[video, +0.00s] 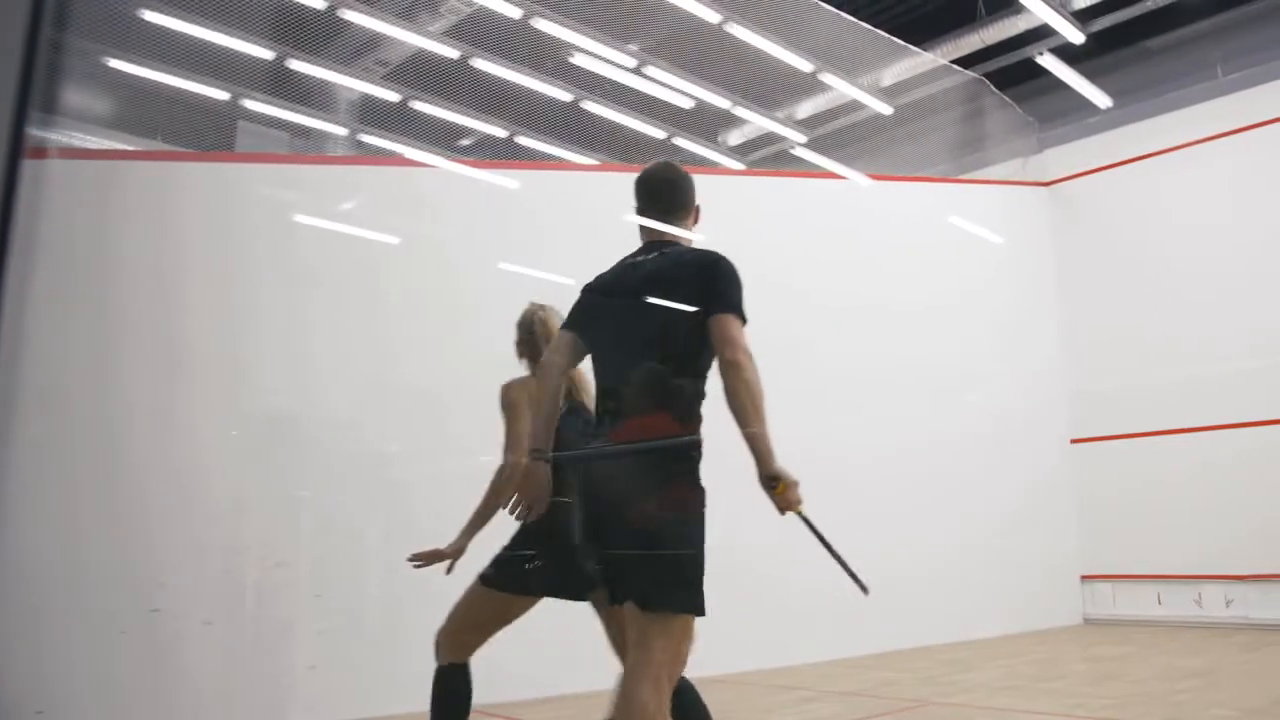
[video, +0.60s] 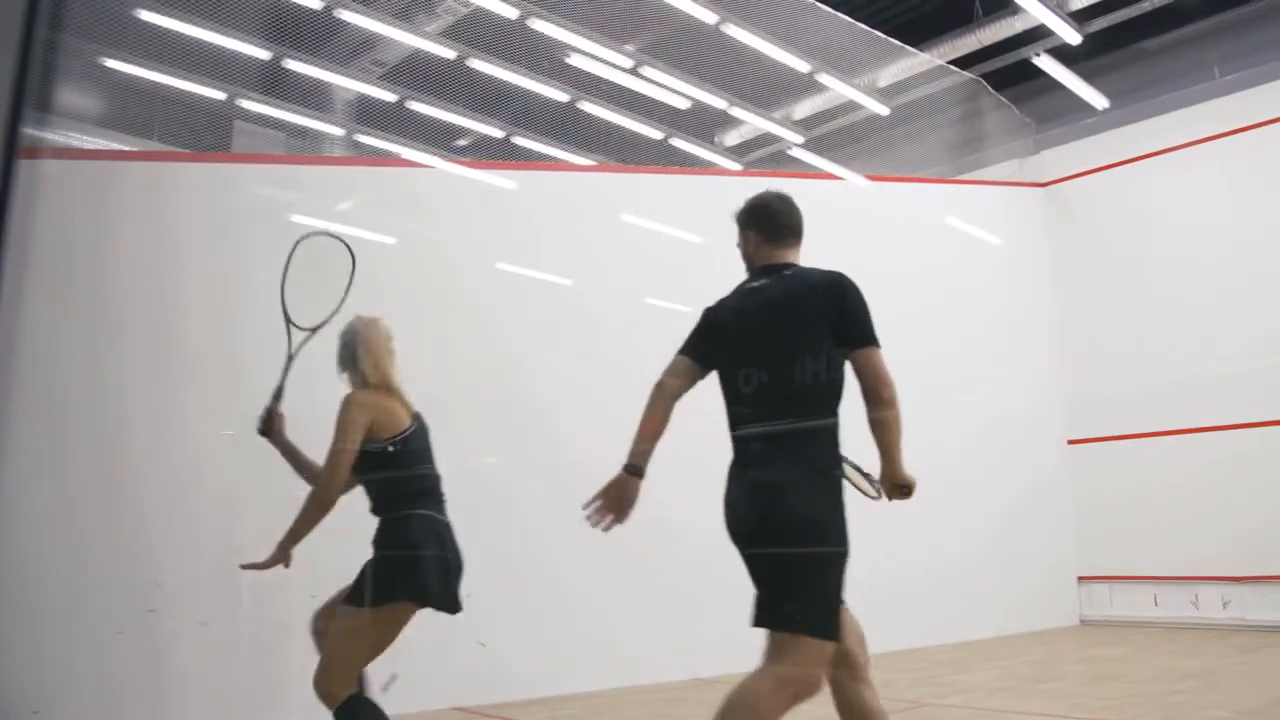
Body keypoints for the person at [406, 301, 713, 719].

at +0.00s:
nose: (518, 348)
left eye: (519, 341)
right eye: (523, 340)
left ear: (523, 346)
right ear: (563, 343)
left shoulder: (520, 391)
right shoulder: (593, 384)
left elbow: (515, 466)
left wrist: (462, 540)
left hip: (546, 538)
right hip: (600, 534)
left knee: (453, 644)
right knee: (643, 658)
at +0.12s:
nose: (479, 341)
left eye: (482, 335)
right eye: (482, 334)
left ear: (488, 341)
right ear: (523, 339)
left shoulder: (488, 388)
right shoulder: (543, 389)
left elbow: (479, 468)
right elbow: (543, 467)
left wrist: (427, 540)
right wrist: (498, 504)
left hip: (510, 542)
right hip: (561, 539)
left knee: (427, 656)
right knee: (595, 669)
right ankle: (672, 711)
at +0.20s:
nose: (454, 342)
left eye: (457, 335)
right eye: (456, 334)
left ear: (465, 340)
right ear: (499, 340)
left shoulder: (466, 386)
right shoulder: (515, 396)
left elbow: (453, 470)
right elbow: (504, 501)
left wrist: (401, 544)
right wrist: (438, 506)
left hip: (492, 539)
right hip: (538, 540)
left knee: (408, 655)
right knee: (547, 675)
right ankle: (633, 716)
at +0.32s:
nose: (419, 347)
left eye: (422, 339)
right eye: (421, 338)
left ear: (429, 342)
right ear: (462, 342)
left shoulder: (433, 387)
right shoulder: (480, 396)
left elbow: (415, 476)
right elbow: (456, 494)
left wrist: (363, 545)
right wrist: (388, 487)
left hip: (465, 541)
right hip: (509, 545)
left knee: (387, 661)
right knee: (469, 674)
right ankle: (573, 717)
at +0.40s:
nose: (395, 352)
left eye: (396, 344)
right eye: (397, 344)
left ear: (401, 346)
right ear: (440, 345)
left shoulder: (412, 391)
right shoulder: (460, 402)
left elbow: (390, 478)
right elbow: (409, 493)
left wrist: (338, 546)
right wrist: (350, 474)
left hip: (450, 542)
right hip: (491, 547)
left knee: (372, 665)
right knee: (421, 664)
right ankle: (516, 716)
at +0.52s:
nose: (361, 357)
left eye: (364, 348)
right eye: (362, 347)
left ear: (372, 351)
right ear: (405, 350)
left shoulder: (382, 397)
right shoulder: (425, 406)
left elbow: (355, 482)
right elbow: (362, 491)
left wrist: (306, 544)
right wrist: (306, 453)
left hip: (424, 550)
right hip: (456, 550)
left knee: (347, 674)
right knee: (373, 654)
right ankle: (416, 714)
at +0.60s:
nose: (341, 363)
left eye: (343, 353)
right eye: (344, 353)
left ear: (348, 356)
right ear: (385, 354)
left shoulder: (362, 403)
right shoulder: (400, 408)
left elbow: (331, 485)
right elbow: (333, 484)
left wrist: (286, 545)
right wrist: (281, 440)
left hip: (408, 553)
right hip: (429, 549)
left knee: (332, 685)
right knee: (327, 623)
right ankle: (358, 705)